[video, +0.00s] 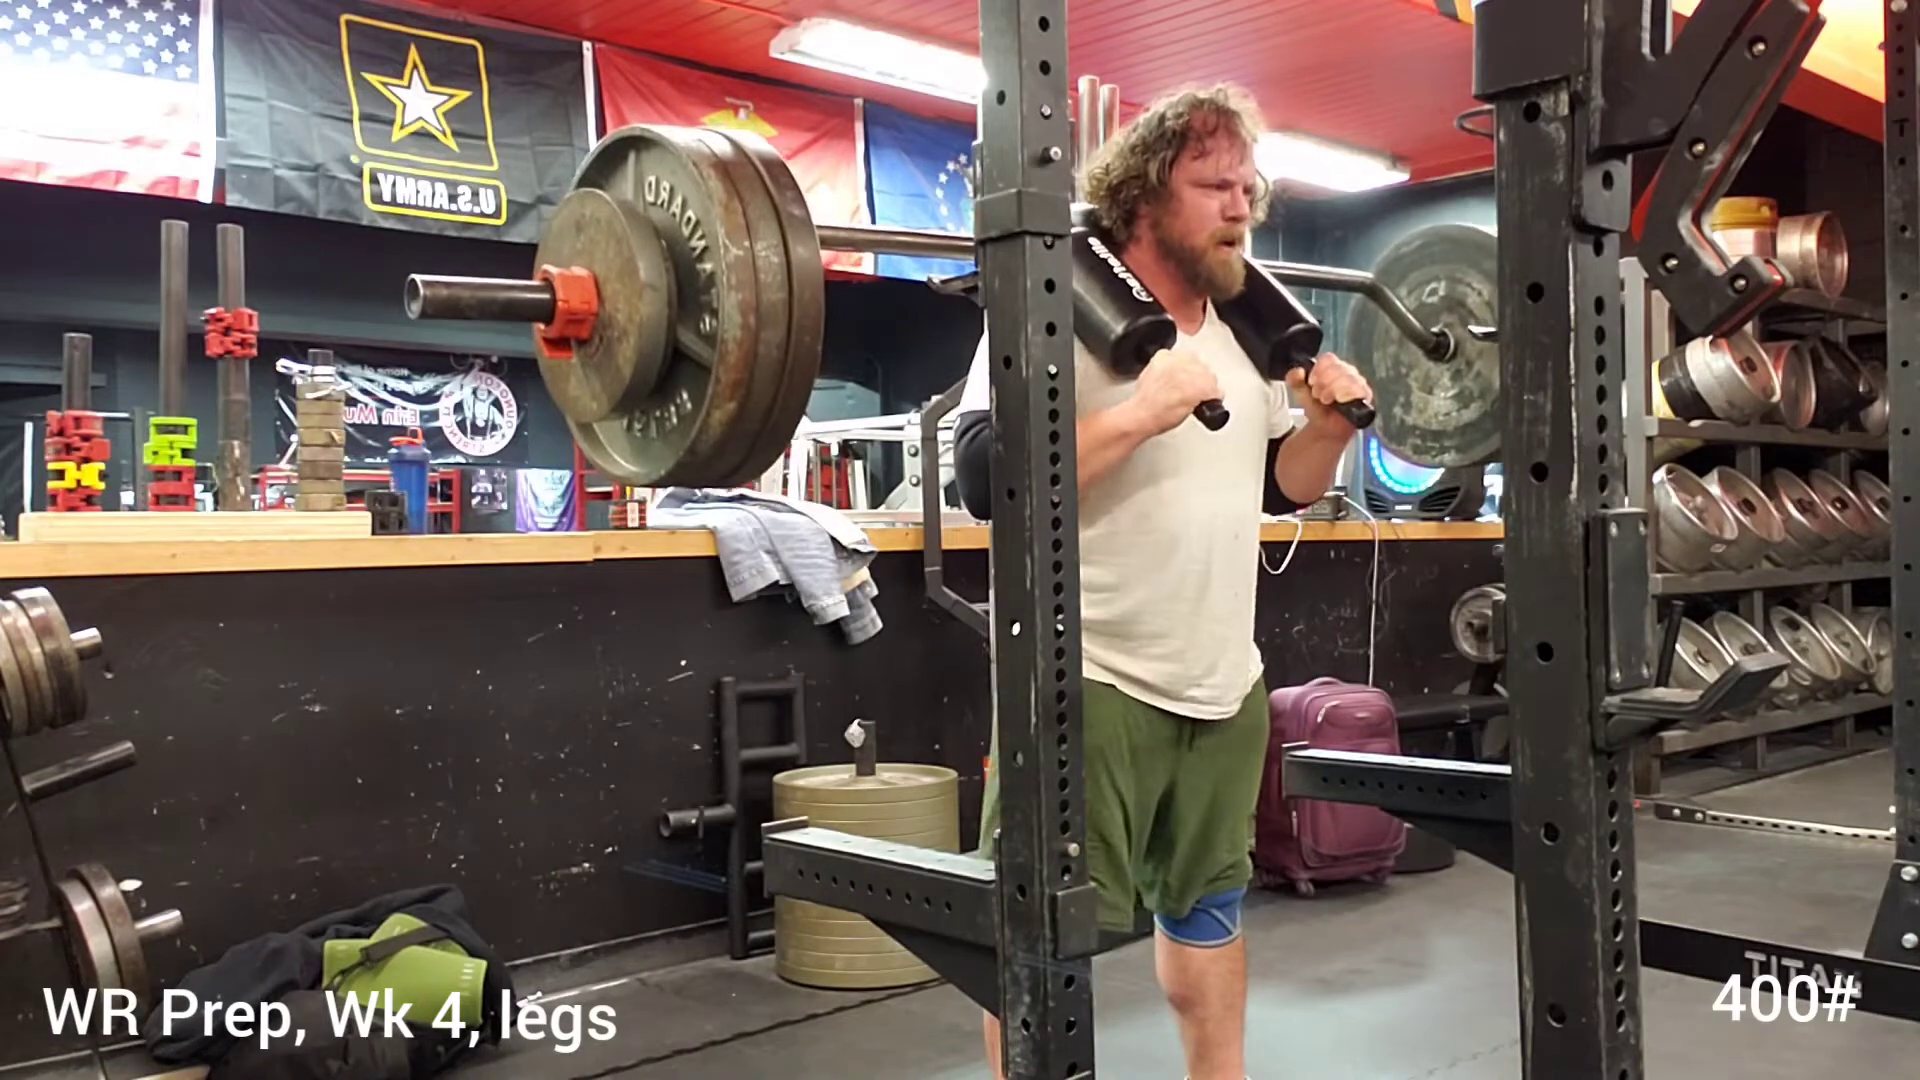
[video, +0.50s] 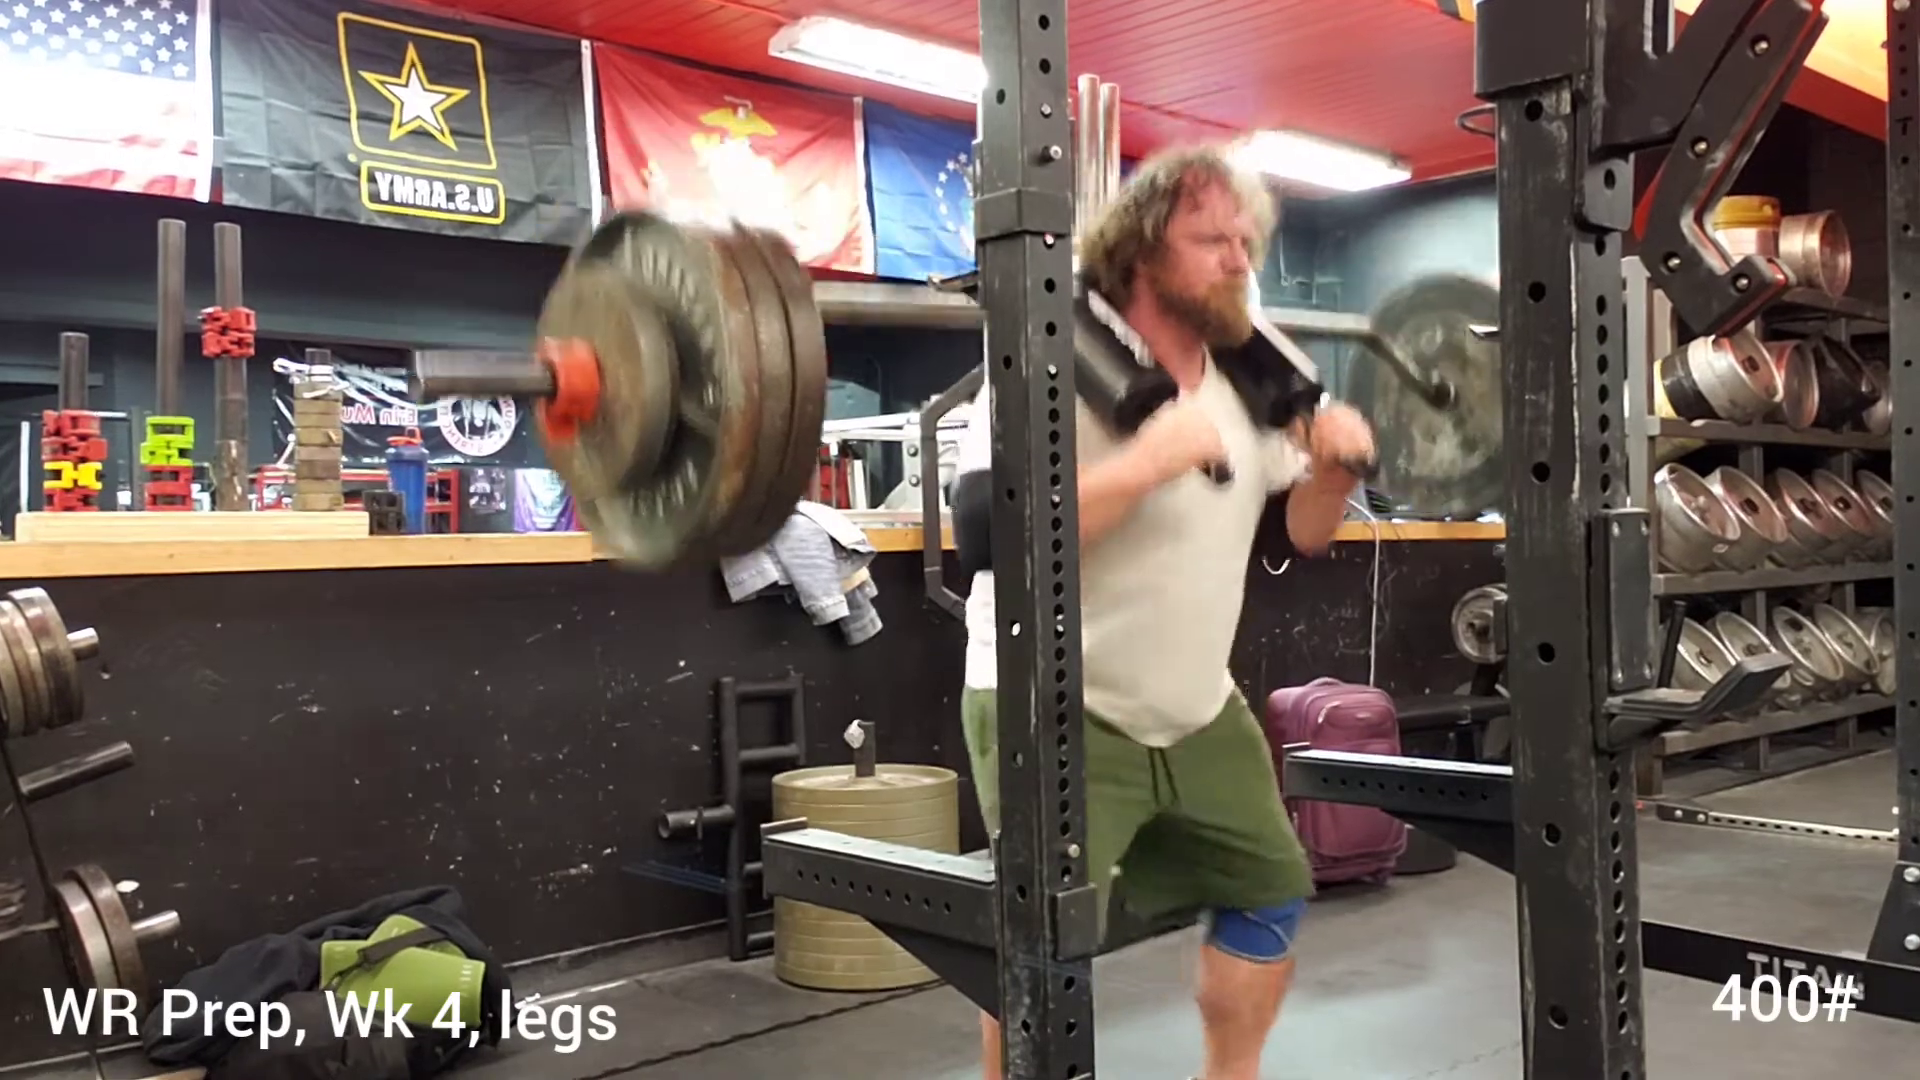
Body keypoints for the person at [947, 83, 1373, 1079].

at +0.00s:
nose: (1243, 204)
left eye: (1248, 184)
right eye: (1217, 183)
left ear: (1251, 195)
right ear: (1147, 194)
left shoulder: (1246, 328)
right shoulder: (1052, 302)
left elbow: (1284, 485)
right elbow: (983, 477)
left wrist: (1331, 424)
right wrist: (1135, 415)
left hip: (1223, 684)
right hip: (1089, 681)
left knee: (1207, 925)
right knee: (1042, 939)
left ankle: (1219, 1073)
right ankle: (1024, 1072)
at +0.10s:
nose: (1242, 207)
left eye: (1247, 186)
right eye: (1217, 184)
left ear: (1249, 195)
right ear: (1147, 191)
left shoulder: (1246, 323)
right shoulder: (1051, 297)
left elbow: (1286, 485)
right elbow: (983, 475)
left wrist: (1329, 422)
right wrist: (1134, 413)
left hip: (1227, 681)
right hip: (1096, 677)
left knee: (1209, 923)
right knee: (1053, 936)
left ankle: (1219, 1073)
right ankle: (1026, 1072)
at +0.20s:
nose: (1241, 203)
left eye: (1246, 184)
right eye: (1216, 183)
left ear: (1249, 192)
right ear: (1144, 193)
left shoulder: (1248, 321)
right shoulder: (1051, 299)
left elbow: (1291, 480)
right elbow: (987, 471)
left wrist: (1330, 412)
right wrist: (1139, 400)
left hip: (1227, 681)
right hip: (1096, 678)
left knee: (1208, 922)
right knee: (1056, 936)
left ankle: (1220, 1073)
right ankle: (1025, 1072)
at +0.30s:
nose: (1240, 205)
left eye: (1245, 185)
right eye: (1214, 184)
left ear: (1247, 194)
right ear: (1143, 191)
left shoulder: (1248, 321)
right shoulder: (1050, 299)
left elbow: (1291, 477)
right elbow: (988, 473)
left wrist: (1332, 409)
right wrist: (1137, 395)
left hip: (1220, 682)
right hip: (1092, 679)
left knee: (1212, 918)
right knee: (1053, 934)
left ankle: (1220, 1073)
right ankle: (1023, 1072)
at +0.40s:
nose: (1239, 227)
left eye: (1244, 206)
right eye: (1213, 207)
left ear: (1249, 213)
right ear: (1143, 219)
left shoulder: (1247, 332)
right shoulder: (1055, 315)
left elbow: (1294, 491)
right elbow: (995, 489)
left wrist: (1335, 423)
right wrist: (1135, 411)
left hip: (1201, 685)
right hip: (1064, 686)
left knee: (1242, 894)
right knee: (1047, 929)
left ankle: (1223, 1072)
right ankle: (1020, 1074)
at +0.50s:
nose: (1239, 260)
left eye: (1245, 240)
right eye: (1214, 240)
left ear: (1252, 250)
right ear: (1145, 249)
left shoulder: (1250, 364)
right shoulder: (1058, 355)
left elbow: (1307, 536)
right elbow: (1002, 527)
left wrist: (1335, 469)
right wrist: (1144, 460)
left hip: (1195, 701)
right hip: (1057, 703)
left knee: (1267, 890)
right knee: (1047, 938)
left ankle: (1230, 1074)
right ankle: (1014, 1073)